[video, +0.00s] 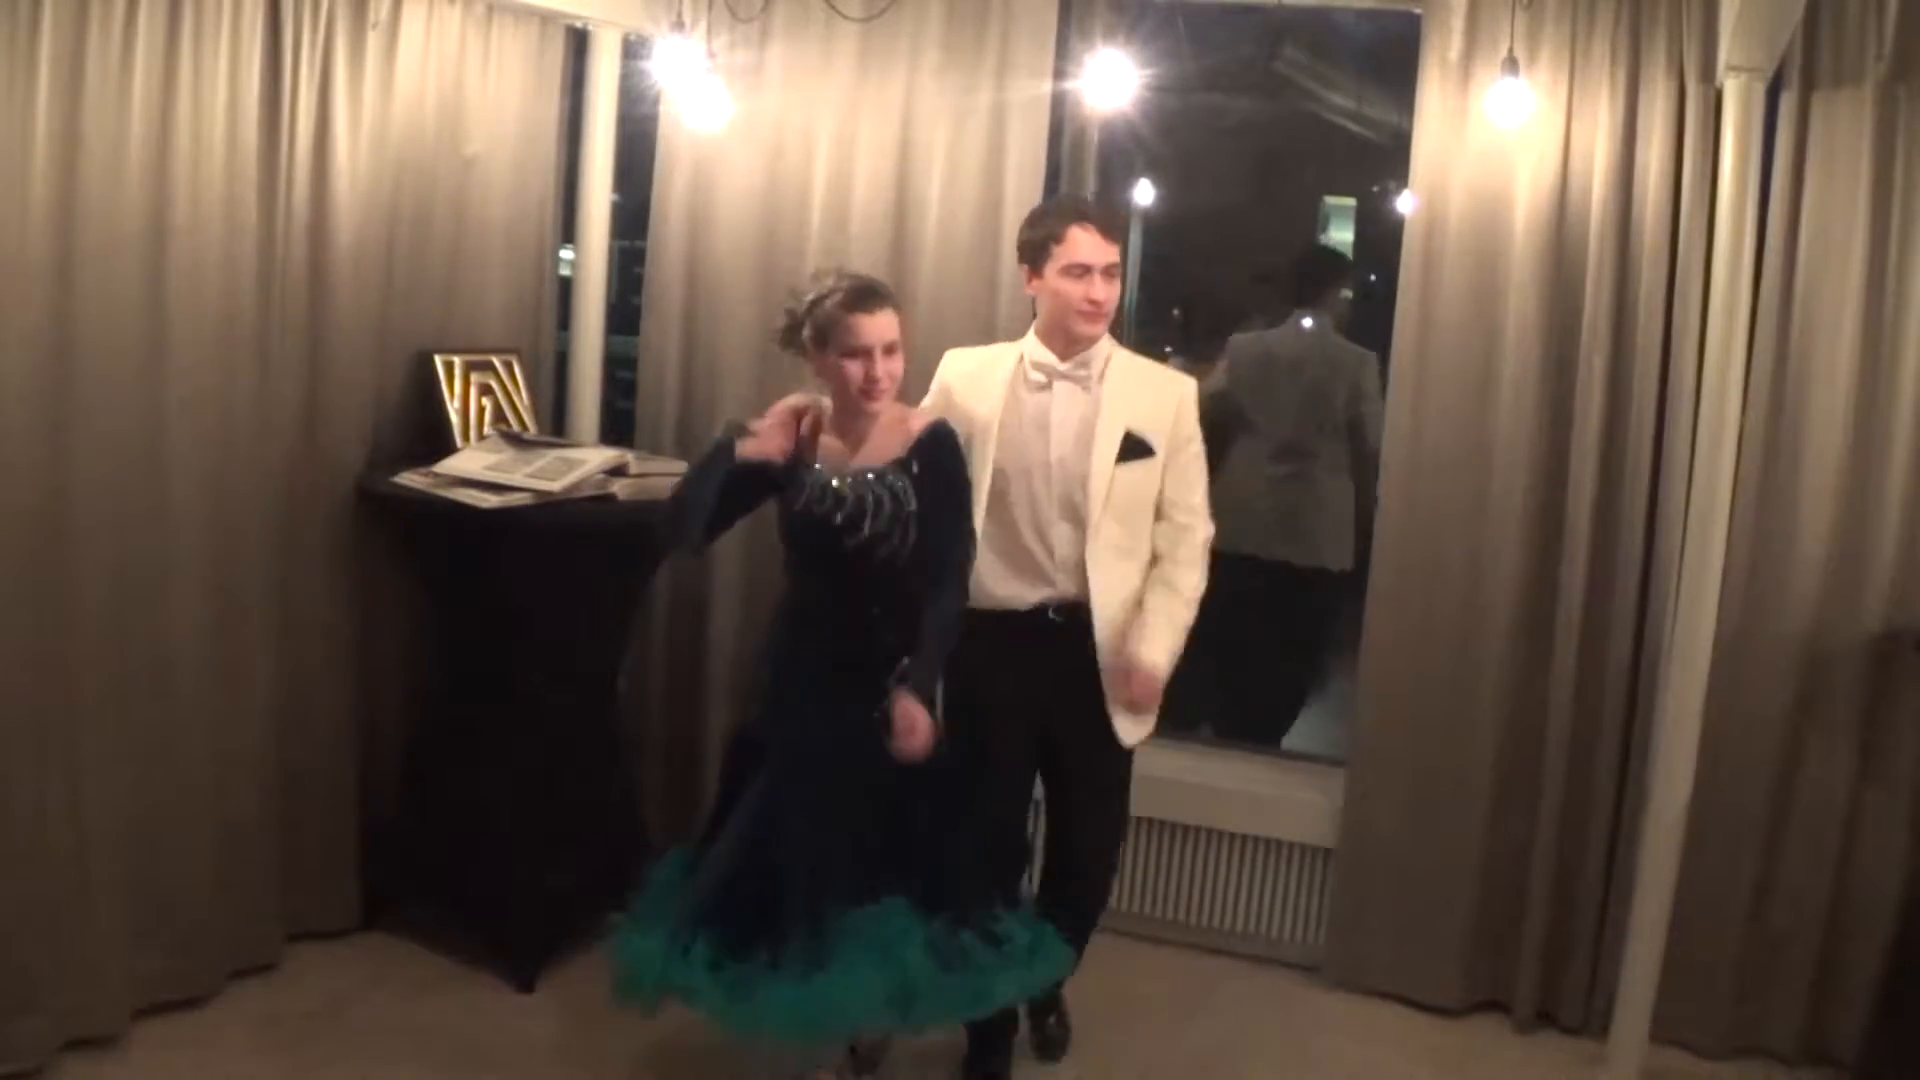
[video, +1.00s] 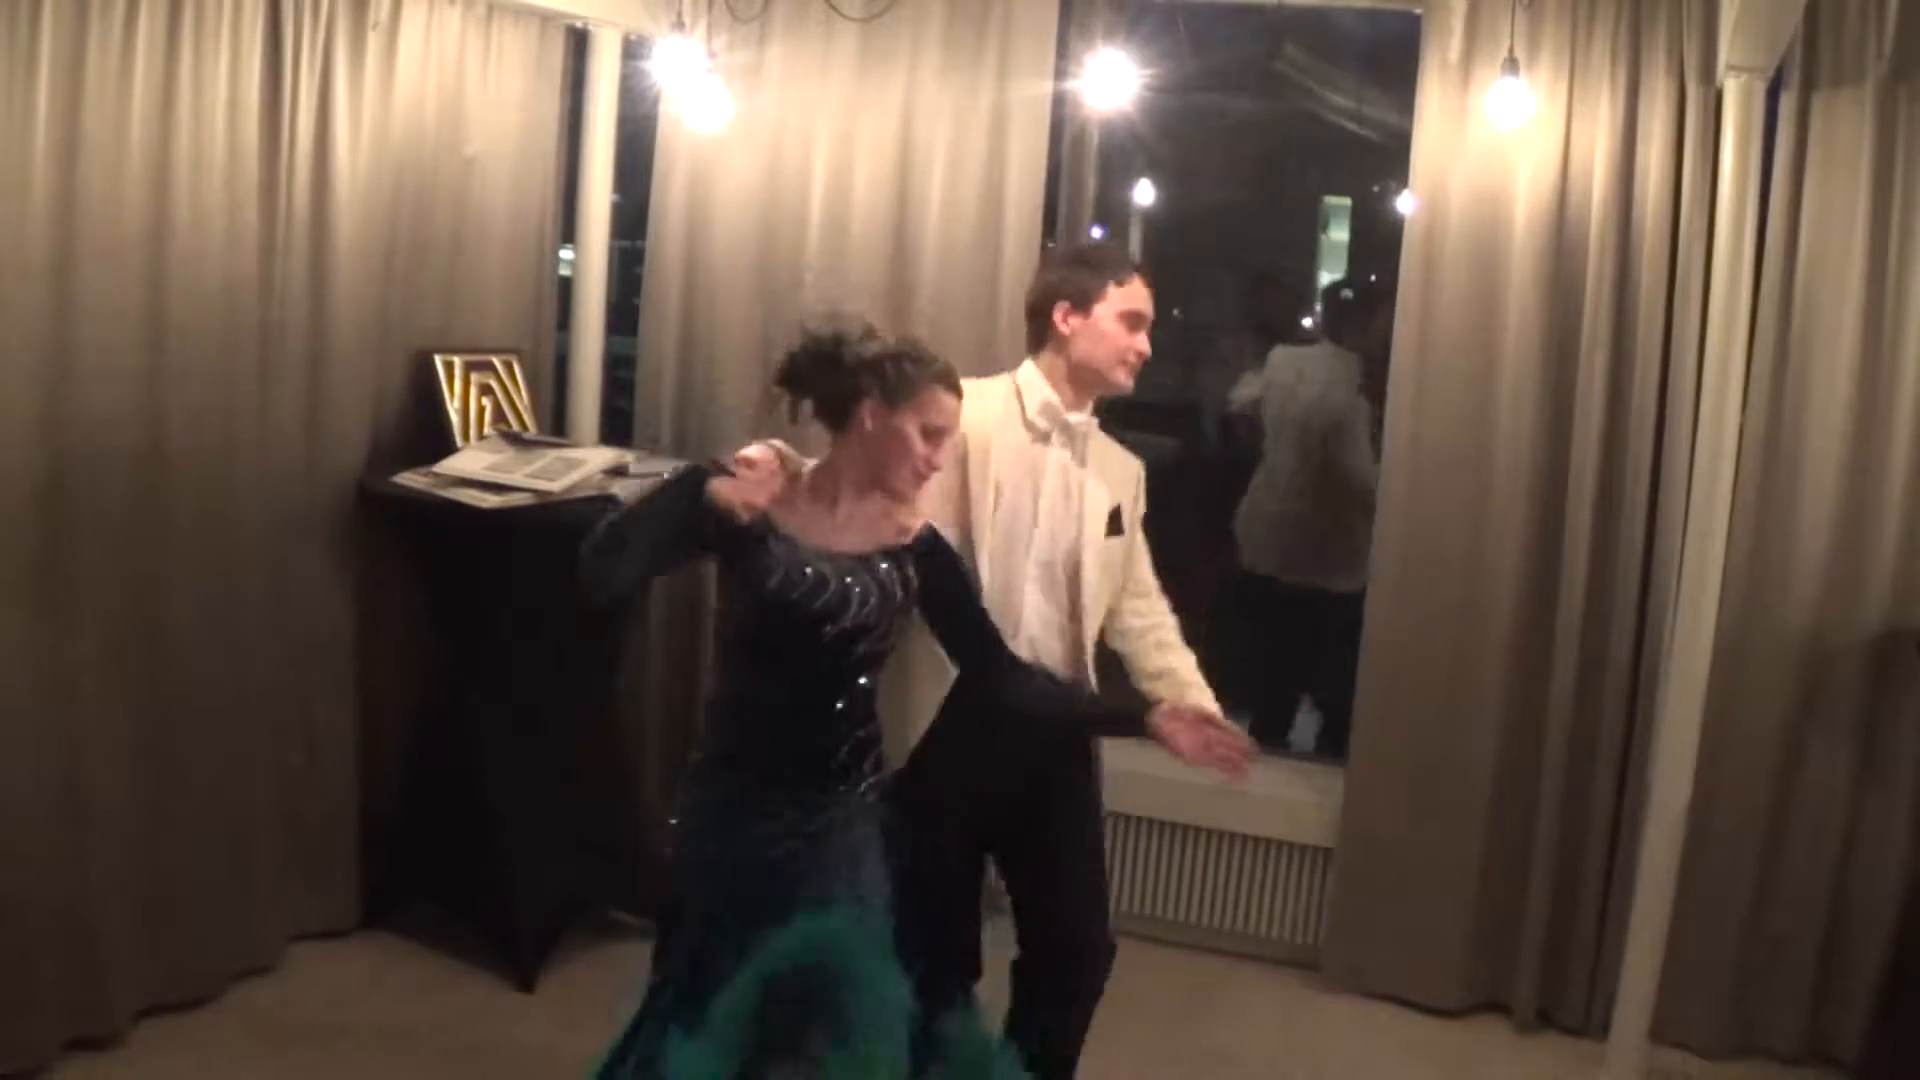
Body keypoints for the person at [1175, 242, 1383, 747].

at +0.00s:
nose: (1347, 301)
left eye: (1345, 291)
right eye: (1345, 292)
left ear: (1293, 289)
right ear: (1335, 295)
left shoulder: (1245, 350)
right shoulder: (1357, 365)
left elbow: (1208, 419)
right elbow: (1370, 452)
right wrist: (1371, 509)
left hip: (1240, 522)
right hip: (1319, 536)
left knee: (1233, 651)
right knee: (1296, 663)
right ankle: (1248, 763)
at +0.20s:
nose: (1358, 300)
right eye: (1354, 292)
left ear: (1297, 289)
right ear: (1347, 294)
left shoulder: (1258, 336)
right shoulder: (1365, 356)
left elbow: (1200, 385)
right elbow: (1377, 451)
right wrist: (1374, 521)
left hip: (1251, 519)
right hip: (1327, 531)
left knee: (1248, 649)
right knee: (1325, 658)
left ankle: (1228, 758)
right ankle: (1285, 768)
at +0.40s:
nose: (1361, 285)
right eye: (1361, 276)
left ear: (1310, 272)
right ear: (1360, 277)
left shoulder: (1268, 326)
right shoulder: (1379, 337)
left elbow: (1224, 389)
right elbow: (1395, 414)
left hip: (1269, 492)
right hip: (1343, 505)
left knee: (1261, 608)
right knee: (1321, 625)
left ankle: (1245, 717)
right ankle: (1292, 731)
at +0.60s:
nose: (1370, 290)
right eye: (1369, 281)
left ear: (1320, 276)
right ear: (1367, 283)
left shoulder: (1277, 334)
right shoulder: (1382, 350)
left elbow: (1226, 382)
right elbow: (1393, 424)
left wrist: (1226, 356)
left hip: (1273, 500)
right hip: (1348, 510)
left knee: (1255, 618)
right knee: (1325, 635)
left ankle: (1229, 718)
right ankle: (1292, 743)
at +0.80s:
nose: (1385, 298)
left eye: (1384, 287)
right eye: (1380, 287)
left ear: (1327, 282)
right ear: (1365, 287)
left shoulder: (1280, 327)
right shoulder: (1376, 348)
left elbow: (1233, 378)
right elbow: (1387, 430)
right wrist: (1385, 503)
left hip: (1263, 490)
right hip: (1336, 499)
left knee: (1269, 622)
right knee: (1331, 636)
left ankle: (1268, 738)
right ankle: (1279, 736)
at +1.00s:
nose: (1387, 332)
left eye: (1385, 321)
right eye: (1381, 321)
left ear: (1326, 319)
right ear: (1362, 323)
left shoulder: (1282, 359)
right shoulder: (1355, 382)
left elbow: (1238, 401)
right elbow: (1358, 469)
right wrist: (1394, 502)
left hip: (1263, 535)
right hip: (1332, 554)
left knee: (1271, 681)